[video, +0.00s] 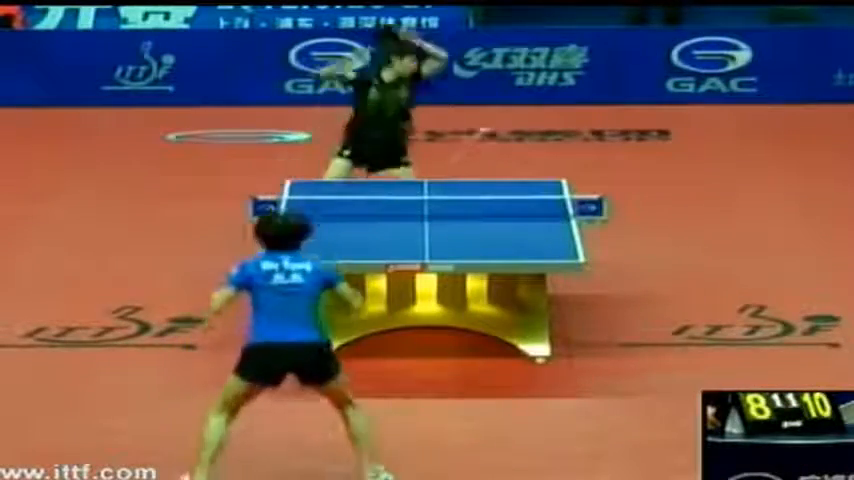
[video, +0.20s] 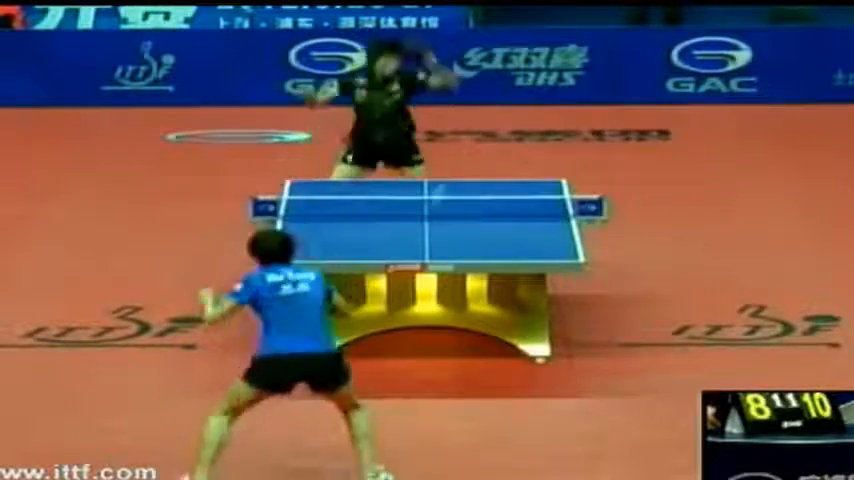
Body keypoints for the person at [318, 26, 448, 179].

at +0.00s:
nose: (415, 66)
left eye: (416, 61)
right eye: (411, 60)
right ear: (395, 60)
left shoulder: (409, 80)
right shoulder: (365, 79)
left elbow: (441, 59)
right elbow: (326, 74)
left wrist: (418, 43)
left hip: (390, 150)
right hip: (356, 148)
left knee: (411, 198)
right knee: (325, 193)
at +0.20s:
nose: (389, 66)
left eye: (394, 61)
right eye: (385, 60)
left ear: (399, 63)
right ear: (375, 61)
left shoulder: (405, 82)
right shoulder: (358, 82)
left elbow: (441, 83)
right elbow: (333, 89)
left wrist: (433, 67)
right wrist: (318, 99)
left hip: (400, 146)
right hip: (364, 147)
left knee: (421, 190)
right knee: (336, 187)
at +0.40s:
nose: (364, 86)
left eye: (368, 81)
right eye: (359, 81)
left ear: (376, 84)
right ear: (352, 84)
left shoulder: (385, 107)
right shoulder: (341, 105)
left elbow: (405, 118)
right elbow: (324, 114)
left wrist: (393, 122)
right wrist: (311, 122)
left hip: (383, 174)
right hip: (345, 173)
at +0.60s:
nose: (352, 81)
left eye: (356, 76)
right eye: (348, 76)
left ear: (362, 78)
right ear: (338, 76)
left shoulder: (367, 99)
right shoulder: (322, 94)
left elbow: (383, 127)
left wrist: (380, 130)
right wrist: (297, 113)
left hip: (356, 151)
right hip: (320, 152)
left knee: (376, 193)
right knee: (306, 195)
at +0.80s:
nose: (358, 87)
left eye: (362, 82)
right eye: (353, 82)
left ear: (368, 84)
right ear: (344, 83)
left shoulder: (372, 105)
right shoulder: (326, 99)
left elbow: (388, 126)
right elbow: (289, 118)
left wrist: (389, 134)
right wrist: (308, 129)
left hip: (350, 151)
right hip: (317, 150)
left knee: (365, 197)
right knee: (301, 197)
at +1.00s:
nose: (359, 92)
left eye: (363, 87)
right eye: (355, 87)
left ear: (369, 90)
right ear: (346, 88)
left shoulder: (375, 110)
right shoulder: (326, 102)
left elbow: (393, 132)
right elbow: (290, 120)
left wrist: (392, 141)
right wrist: (309, 131)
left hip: (351, 150)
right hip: (318, 149)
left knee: (364, 193)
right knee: (304, 193)